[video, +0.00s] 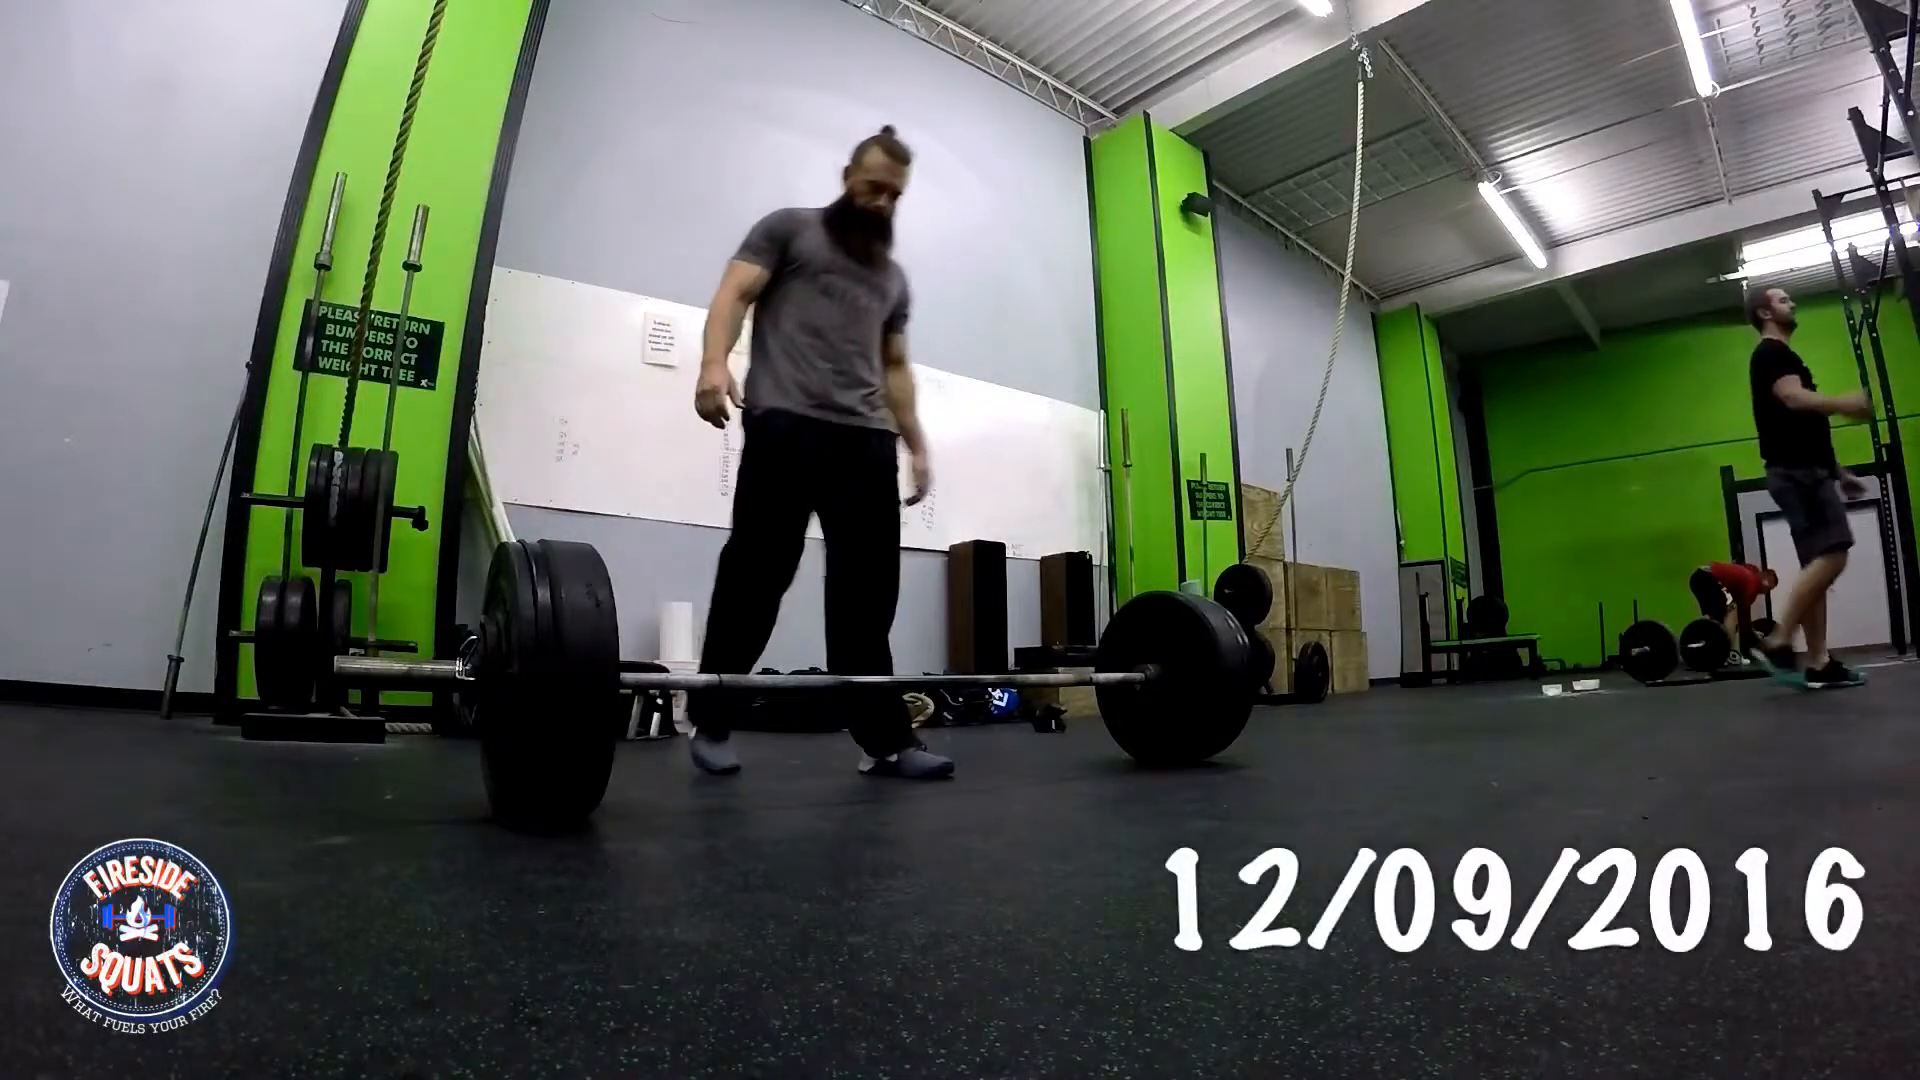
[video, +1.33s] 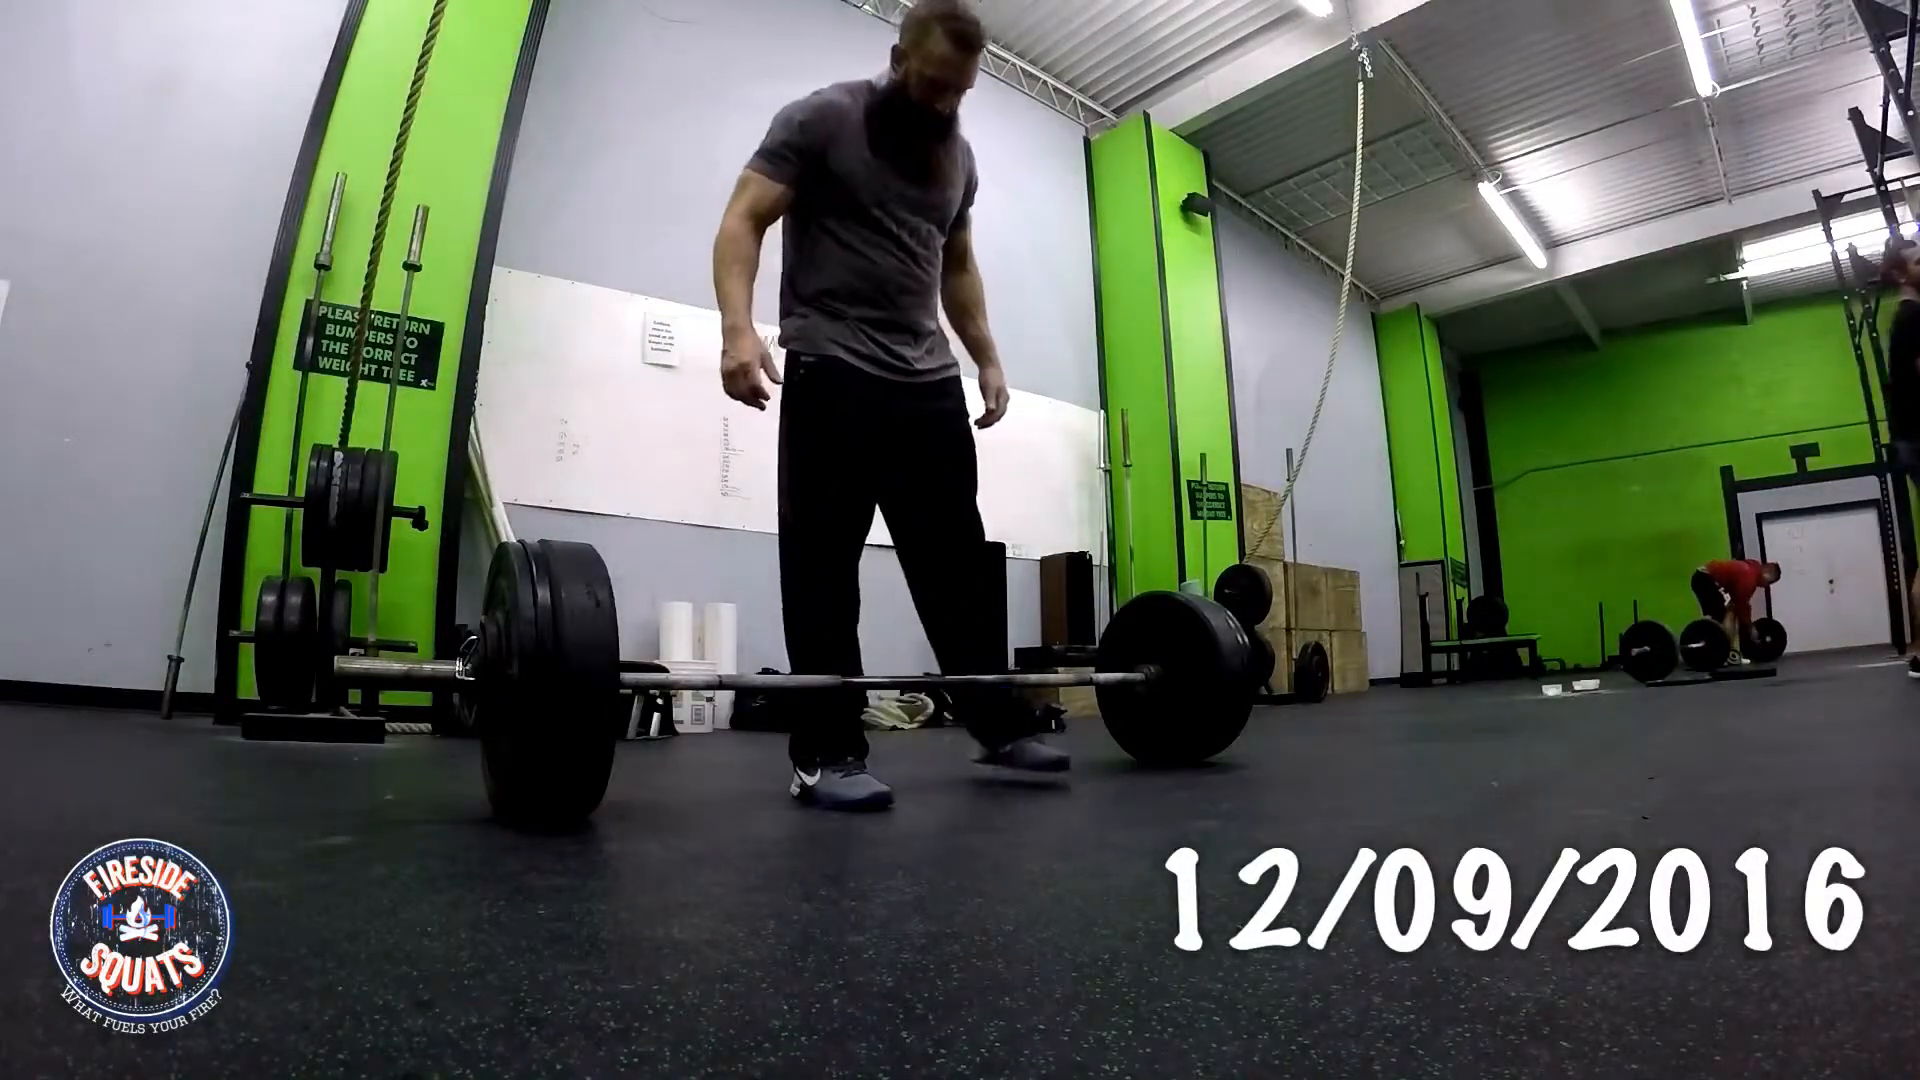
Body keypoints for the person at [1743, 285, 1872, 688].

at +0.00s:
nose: (1790, 302)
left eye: (1788, 298)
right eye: (1782, 299)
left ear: (1775, 313)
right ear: (1765, 313)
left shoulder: (1785, 357)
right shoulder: (1771, 352)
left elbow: (1803, 427)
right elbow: (1792, 397)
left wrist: (1838, 473)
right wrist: (1844, 403)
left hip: (1804, 472)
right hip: (1796, 473)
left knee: (1816, 566)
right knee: (1833, 555)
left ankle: (1819, 662)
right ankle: (1778, 641)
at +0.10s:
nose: (1799, 303)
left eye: (1797, 298)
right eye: (1790, 300)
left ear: (1788, 312)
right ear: (1773, 313)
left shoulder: (1794, 356)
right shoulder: (1778, 351)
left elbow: (1816, 429)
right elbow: (1802, 392)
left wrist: (1853, 469)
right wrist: (1854, 388)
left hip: (1807, 472)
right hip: (1807, 472)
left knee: (1815, 566)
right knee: (1846, 555)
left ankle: (1819, 662)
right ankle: (1824, 659)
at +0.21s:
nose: (1809, 302)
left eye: (1807, 297)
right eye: (1801, 299)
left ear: (1792, 311)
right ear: (1783, 311)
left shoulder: (1801, 356)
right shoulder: (1787, 351)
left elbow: (1822, 433)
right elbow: (1812, 393)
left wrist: (1866, 466)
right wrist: (1865, 391)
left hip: (1813, 473)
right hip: (1817, 472)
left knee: (1821, 568)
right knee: (1857, 556)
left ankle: (1819, 664)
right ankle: (1867, 658)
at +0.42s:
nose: (1830, 300)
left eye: (1829, 294)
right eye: (1821, 296)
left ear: (1818, 308)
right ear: (1804, 309)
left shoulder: (1813, 349)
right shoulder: (1815, 349)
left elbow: (1833, 410)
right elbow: (1829, 403)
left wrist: (1868, 445)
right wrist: (1867, 449)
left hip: (1824, 467)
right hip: (1840, 466)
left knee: (1831, 563)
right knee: (1890, 553)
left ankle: (1820, 662)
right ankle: (1914, 651)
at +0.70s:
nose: (1872, 279)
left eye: (1869, 274)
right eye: (1864, 277)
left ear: (1851, 293)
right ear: (1847, 292)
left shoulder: (1855, 334)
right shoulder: (1856, 336)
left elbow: (1868, 400)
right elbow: (1869, 400)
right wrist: (1896, 455)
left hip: (1868, 459)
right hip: (1882, 459)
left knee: (1876, 558)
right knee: (1909, 557)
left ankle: (1834, 646)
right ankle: (1916, 653)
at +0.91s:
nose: (1894, 274)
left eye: (1890, 268)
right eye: (1887, 270)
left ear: (1867, 283)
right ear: (1870, 281)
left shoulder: (1868, 326)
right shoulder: (1884, 326)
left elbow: (1890, 391)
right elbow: (1911, 389)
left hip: (1883, 450)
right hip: (1900, 451)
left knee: (1914, 546)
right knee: (1916, 547)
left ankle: (1886, 631)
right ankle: (1914, 651)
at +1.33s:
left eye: (1918, 259)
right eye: (1915, 260)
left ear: (1902, 272)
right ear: (1899, 272)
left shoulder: (1906, 316)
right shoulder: (1908, 317)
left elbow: (1899, 385)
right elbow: (1903, 384)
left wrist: (1903, 438)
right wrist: (1905, 438)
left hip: (1912, 442)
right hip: (1915, 443)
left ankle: (1918, 645)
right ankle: (1917, 646)